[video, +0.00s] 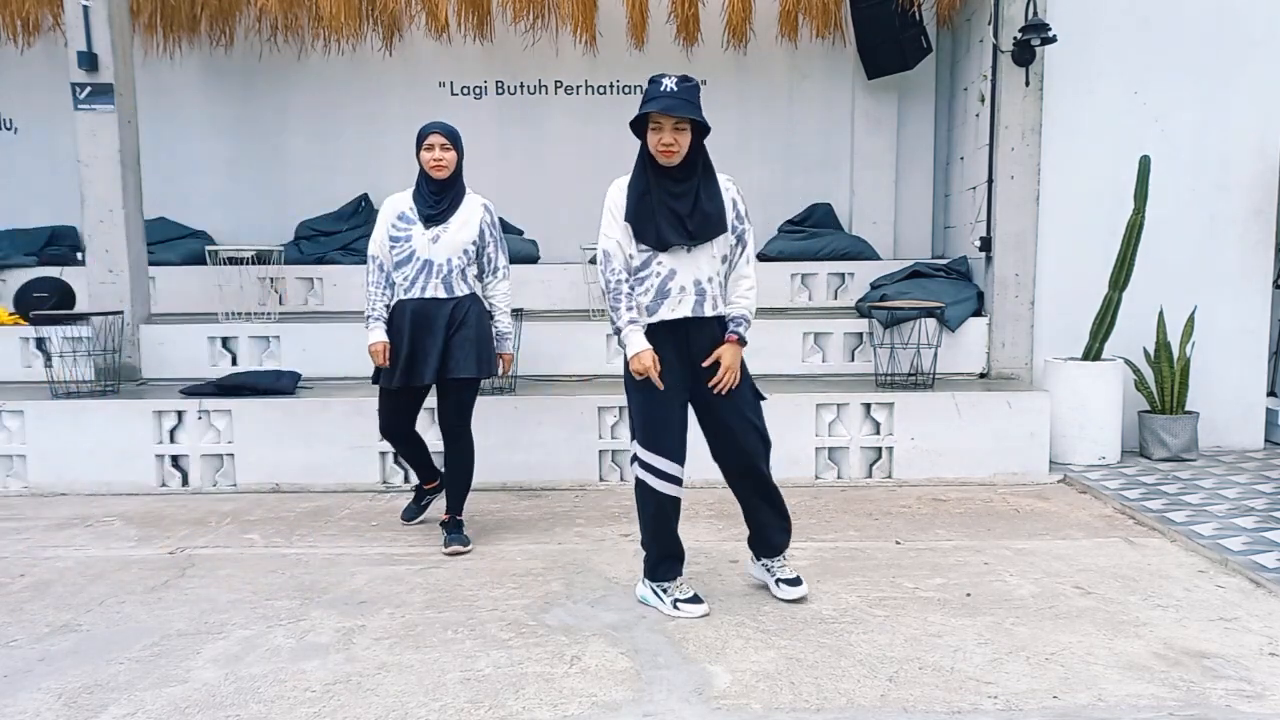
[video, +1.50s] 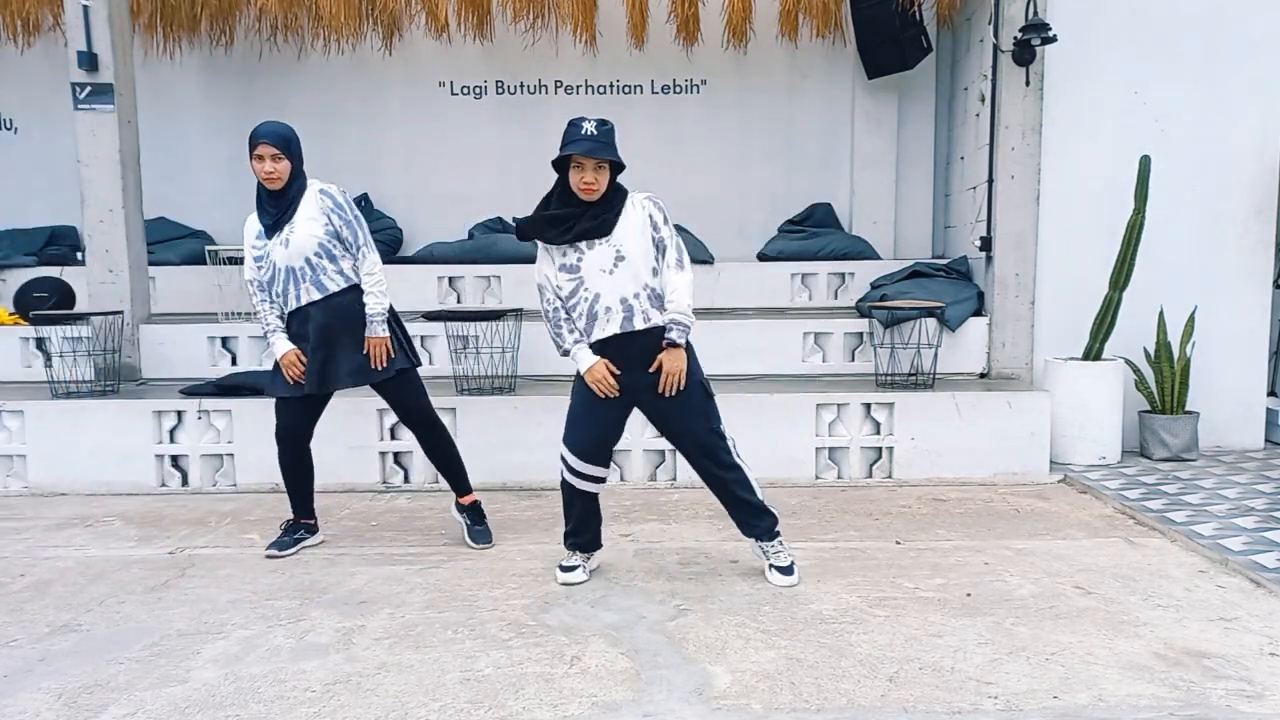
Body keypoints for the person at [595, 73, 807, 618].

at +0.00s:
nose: (668, 138)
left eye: (680, 128)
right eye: (659, 127)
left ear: (696, 132)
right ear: (643, 131)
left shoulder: (723, 191)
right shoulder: (624, 194)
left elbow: (744, 269)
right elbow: (614, 277)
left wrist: (736, 338)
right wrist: (635, 341)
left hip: (714, 337)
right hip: (653, 341)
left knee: (749, 446)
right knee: (659, 461)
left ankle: (770, 554)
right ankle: (660, 578)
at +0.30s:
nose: (710, 148)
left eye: (719, 137)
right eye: (705, 138)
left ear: (750, 136)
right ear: (702, 138)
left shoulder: (796, 193)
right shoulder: (699, 194)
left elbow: (818, 273)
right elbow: (685, 277)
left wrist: (789, 341)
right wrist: (713, 338)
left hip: (776, 342)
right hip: (712, 341)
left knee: (783, 460)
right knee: (697, 458)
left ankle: (797, 563)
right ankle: (678, 571)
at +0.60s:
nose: (761, 142)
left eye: (771, 132)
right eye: (751, 132)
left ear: (791, 135)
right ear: (739, 134)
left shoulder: (819, 194)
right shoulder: (720, 186)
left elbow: (836, 274)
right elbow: (700, 267)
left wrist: (798, 335)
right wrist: (719, 331)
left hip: (788, 338)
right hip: (724, 334)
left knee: (788, 454)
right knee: (703, 447)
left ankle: (799, 560)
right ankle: (688, 555)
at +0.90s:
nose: (751, 201)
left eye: (762, 190)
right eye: (741, 190)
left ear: (778, 194)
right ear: (726, 194)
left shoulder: (798, 252)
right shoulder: (700, 245)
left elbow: (808, 327)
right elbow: (671, 321)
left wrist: (767, 372)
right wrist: (693, 384)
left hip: (760, 378)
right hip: (691, 374)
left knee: (790, 462)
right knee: (640, 461)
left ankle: (799, 564)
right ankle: (591, 541)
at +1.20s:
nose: (620, 196)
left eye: (629, 186)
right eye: (609, 186)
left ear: (645, 188)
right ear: (595, 190)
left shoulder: (675, 231)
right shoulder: (581, 247)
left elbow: (712, 299)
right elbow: (591, 326)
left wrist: (696, 366)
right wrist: (628, 379)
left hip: (692, 363)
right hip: (628, 370)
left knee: (745, 451)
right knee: (591, 458)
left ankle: (801, 553)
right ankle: (581, 547)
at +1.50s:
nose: (588, 177)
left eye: (598, 167)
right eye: (579, 167)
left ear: (613, 169)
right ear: (565, 169)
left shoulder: (644, 209)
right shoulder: (552, 231)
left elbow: (677, 274)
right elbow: (553, 306)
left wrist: (676, 341)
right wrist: (583, 358)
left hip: (659, 349)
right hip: (596, 358)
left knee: (709, 447)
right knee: (579, 458)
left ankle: (767, 538)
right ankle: (580, 548)